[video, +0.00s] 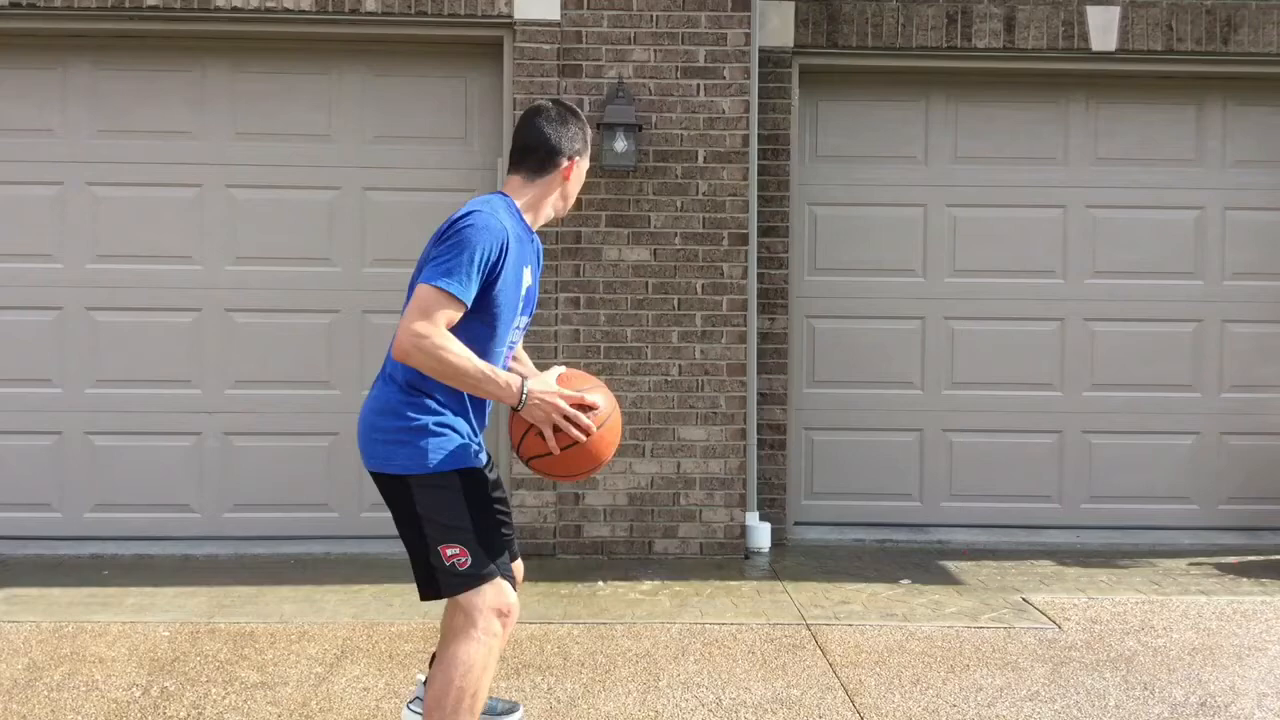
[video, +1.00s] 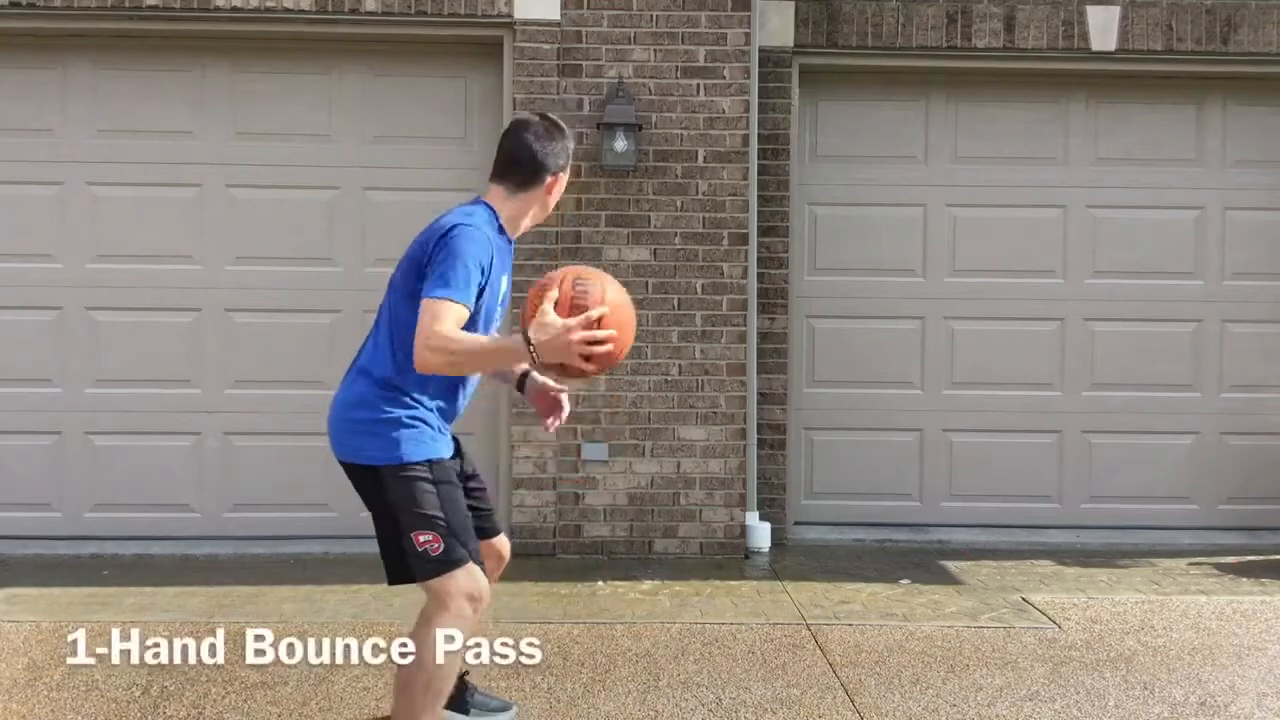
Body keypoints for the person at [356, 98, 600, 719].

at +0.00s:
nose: (582, 186)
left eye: (585, 172)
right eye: (585, 171)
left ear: (520, 158)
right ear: (569, 170)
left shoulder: (525, 246)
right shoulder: (484, 225)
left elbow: (502, 344)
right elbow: (415, 337)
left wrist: (545, 391)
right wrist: (517, 392)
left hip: (453, 432)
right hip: (418, 433)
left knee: (503, 579)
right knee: (486, 608)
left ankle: (443, 692)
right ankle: (449, 713)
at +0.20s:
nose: (580, 196)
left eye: (587, 184)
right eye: (582, 179)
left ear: (548, 162)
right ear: (549, 158)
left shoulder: (517, 235)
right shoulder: (471, 210)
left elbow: (484, 343)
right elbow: (392, 308)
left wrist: (534, 410)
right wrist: (494, 350)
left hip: (459, 426)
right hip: (410, 425)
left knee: (496, 561)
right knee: (447, 590)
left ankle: (449, 688)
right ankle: (424, 716)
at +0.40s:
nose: (574, 202)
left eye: (583, 194)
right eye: (576, 185)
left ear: (546, 163)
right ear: (543, 155)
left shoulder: (517, 235)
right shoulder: (469, 201)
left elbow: (468, 341)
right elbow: (390, 292)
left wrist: (506, 401)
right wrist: (495, 312)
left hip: (447, 406)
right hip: (402, 402)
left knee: (487, 550)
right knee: (455, 567)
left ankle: (445, 687)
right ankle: (411, 712)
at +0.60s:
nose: (577, 201)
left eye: (582, 189)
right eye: (580, 185)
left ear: (544, 167)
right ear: (552, 168)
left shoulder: (496, 230)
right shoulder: (469, 218)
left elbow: (450, 339)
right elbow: (403, 328)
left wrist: (499, 395)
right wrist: (499, 373)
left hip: (437, 421)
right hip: (392, 422)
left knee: (486, 557)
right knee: (449, 593)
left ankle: (445, 686)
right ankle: (407, 713)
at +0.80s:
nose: (565, 187)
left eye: (567, 175)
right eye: (569, 174)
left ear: (506, 158)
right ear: (555, 175)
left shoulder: (493, 235)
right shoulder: (468, 230)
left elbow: (458, 346)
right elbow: (413, 353)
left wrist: (510, 402)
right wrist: (499, 427)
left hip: (429, 418)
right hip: (388, 425)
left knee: (483, 561)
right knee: (454, 594)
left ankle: (441, 683)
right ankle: (410, 712)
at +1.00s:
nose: (561, 196)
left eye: (565, 184)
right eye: (566, 183)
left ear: (498, 168)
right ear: (554, 185)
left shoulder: (494, 246)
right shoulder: (467, 237)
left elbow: (474, 340)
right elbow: (431, 347)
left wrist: (524, 376)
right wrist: (529, 346)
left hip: (425, 424)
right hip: (387, 425)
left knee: (490, 552)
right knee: (460, 595)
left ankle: (443, 682)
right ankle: (409, 712)